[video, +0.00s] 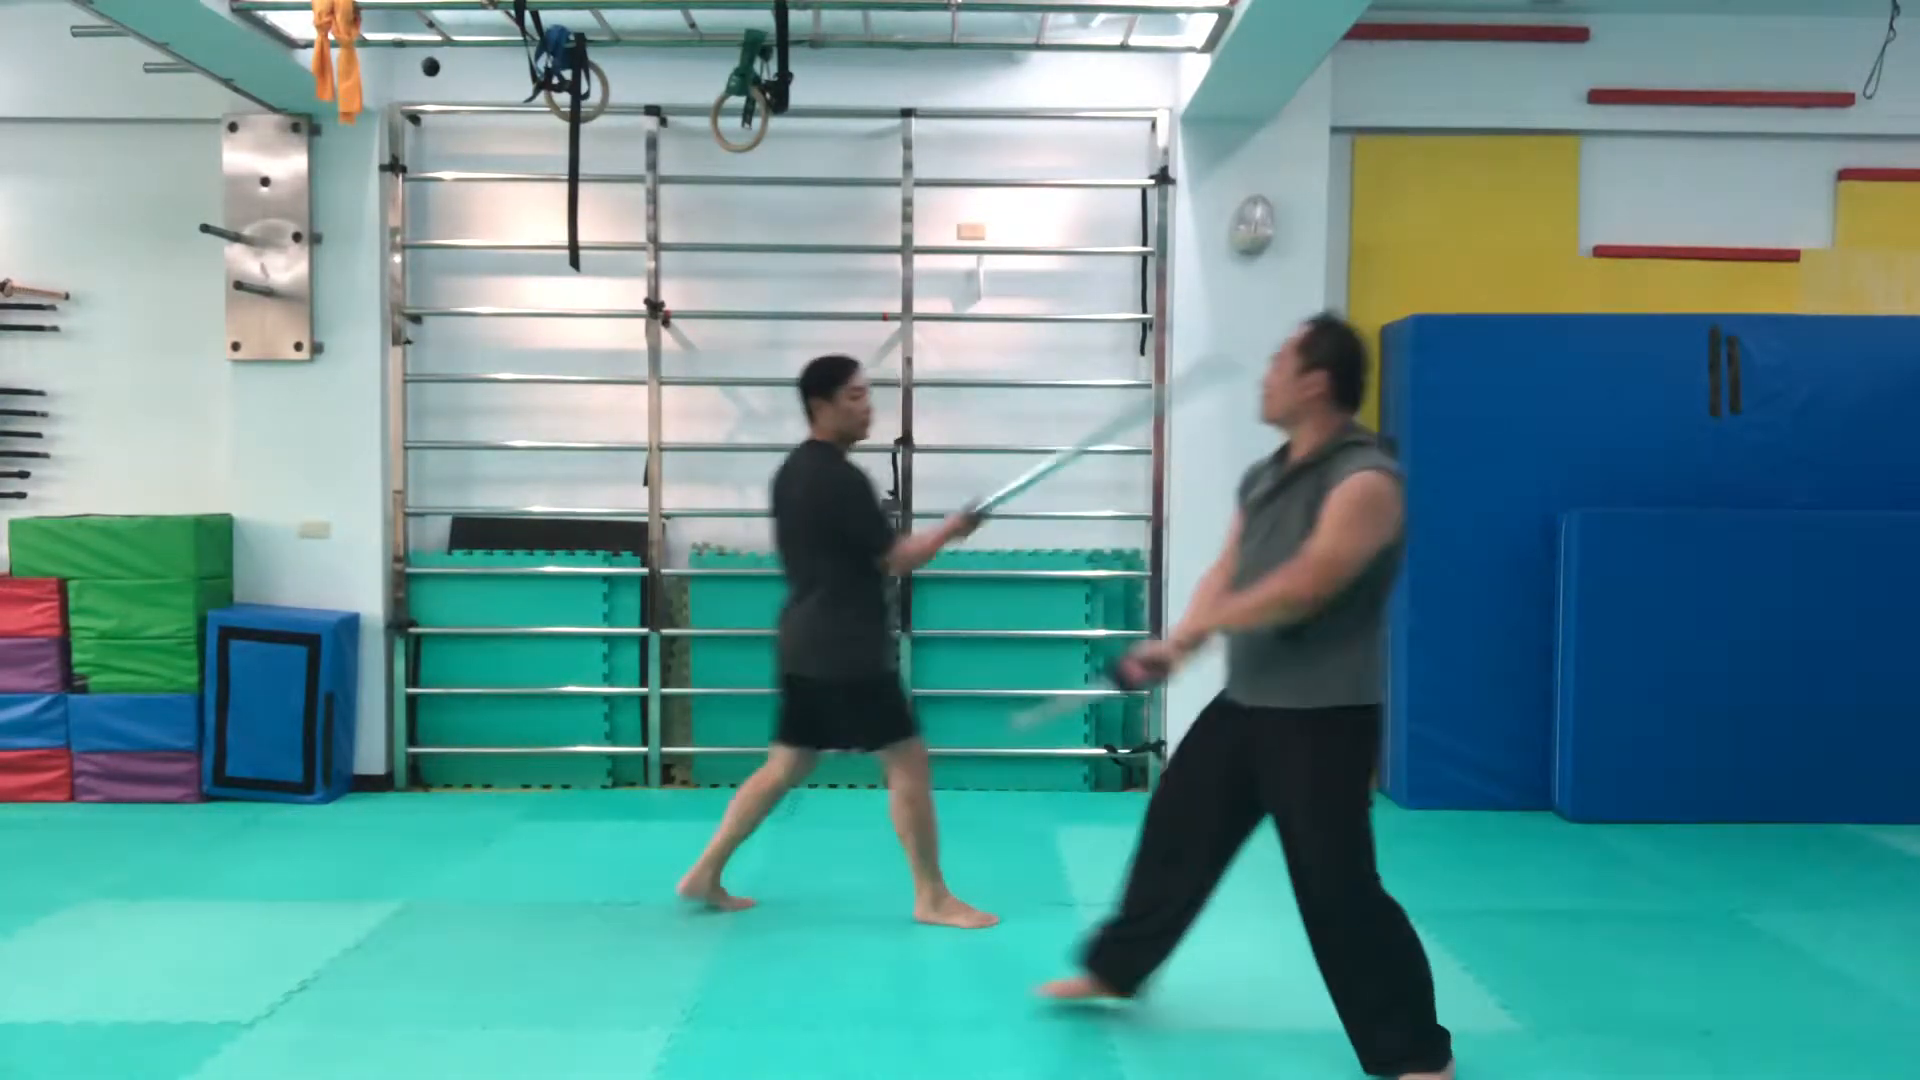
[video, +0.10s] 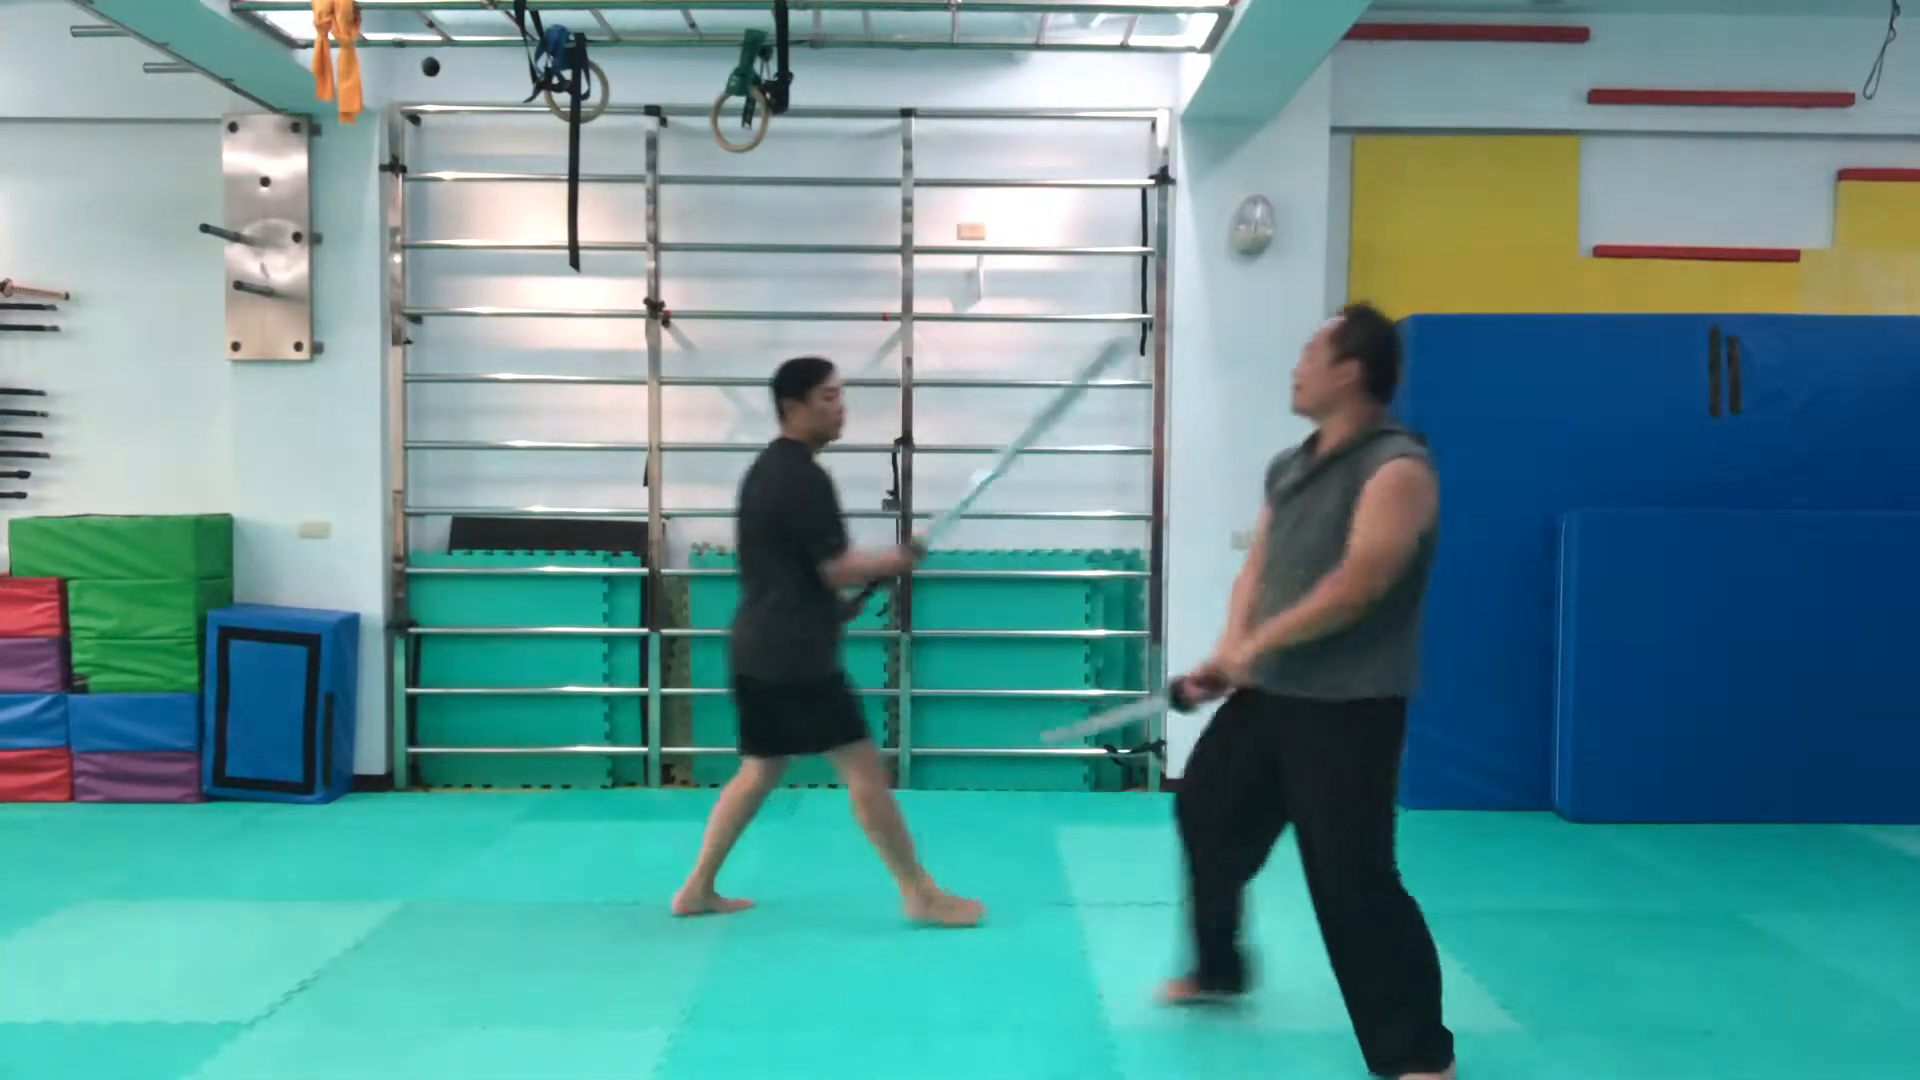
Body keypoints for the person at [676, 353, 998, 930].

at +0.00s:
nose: (869, 405)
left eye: (867, 394)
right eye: (857, 396)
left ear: (822, 408)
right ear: (824, 405)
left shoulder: (792, 474)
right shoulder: (841, 478)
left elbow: (811, 563)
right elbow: (893, 559)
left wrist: (892, 545)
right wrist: (951, 529)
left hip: (806, 651)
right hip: (851, 654)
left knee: (786, 765)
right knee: (908, 762)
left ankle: (703, 877)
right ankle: (932, 898)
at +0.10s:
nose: (841, 407)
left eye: (839, 395)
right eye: (830, 398)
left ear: (796, 408)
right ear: (794, 408)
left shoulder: (765, 471)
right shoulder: (803, 476)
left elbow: (777, 573)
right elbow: (836, 566)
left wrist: (845, 589)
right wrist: (896, 559)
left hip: (758, 655)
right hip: (800, 658)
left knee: (760, 769)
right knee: (864, 770)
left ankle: (697, 889)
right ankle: (921, 895)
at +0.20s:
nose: (816, 401)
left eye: (814, 390)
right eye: (805, 392)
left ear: (767, 402)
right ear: (769, 399)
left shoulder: (736, 465)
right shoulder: (773, 469)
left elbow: (741, 565)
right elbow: (792, 562)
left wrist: (817, 572)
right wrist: (850, 567)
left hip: (726, 650)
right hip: (766, 651)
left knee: (749, 760)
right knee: (824, 757)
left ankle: (696, 887)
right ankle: (841, 905)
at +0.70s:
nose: (725, 414)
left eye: (725, 401)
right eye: (717, 402)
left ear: (675, 406)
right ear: (677, 403)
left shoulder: (628, 457)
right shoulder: (661, 472)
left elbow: (646, 566)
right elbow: (682, 579)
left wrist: (716, 597)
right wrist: (769, 582)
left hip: (564, 648)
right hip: (610, 659)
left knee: (594, 762)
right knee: (649, 784)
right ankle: (625, 946)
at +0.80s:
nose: (695, 415)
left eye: (694, 402)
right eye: (686, 403)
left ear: (643, 408)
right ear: (649, 407)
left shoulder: (605, 461)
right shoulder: (626, 472)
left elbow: (620, 574)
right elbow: (656, 584)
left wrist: (689, 599)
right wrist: (742, 583)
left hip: (544, 653)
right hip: (589, 661)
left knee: (550, 765)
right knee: (644, 786)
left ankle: (435, 874)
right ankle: (624, 946)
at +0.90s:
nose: (660, 422)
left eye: (659, 409)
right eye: (651, 409)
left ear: (609, 415)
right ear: (610, 414)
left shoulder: (572, 471)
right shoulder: (592, 482)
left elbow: (600, 579)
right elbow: (622, 593)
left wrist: (664, 604)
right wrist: (715, 587)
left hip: (523, 666)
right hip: (569, 673)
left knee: (486, 780)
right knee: (635, 784)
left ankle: (372, 892)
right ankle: (625, 946)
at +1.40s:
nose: (609, 431)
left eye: (608, 419)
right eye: (597, 419)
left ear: (564, 429)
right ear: (558, 427)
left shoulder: (568, 495)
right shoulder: (525, 495)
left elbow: (570, 583)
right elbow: (538, 603)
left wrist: (599, 626)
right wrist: (641, 613)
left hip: (499, 677)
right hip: (511, 678)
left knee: (486, 804)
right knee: (613, 769)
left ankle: (365, 908)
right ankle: (622, 930)